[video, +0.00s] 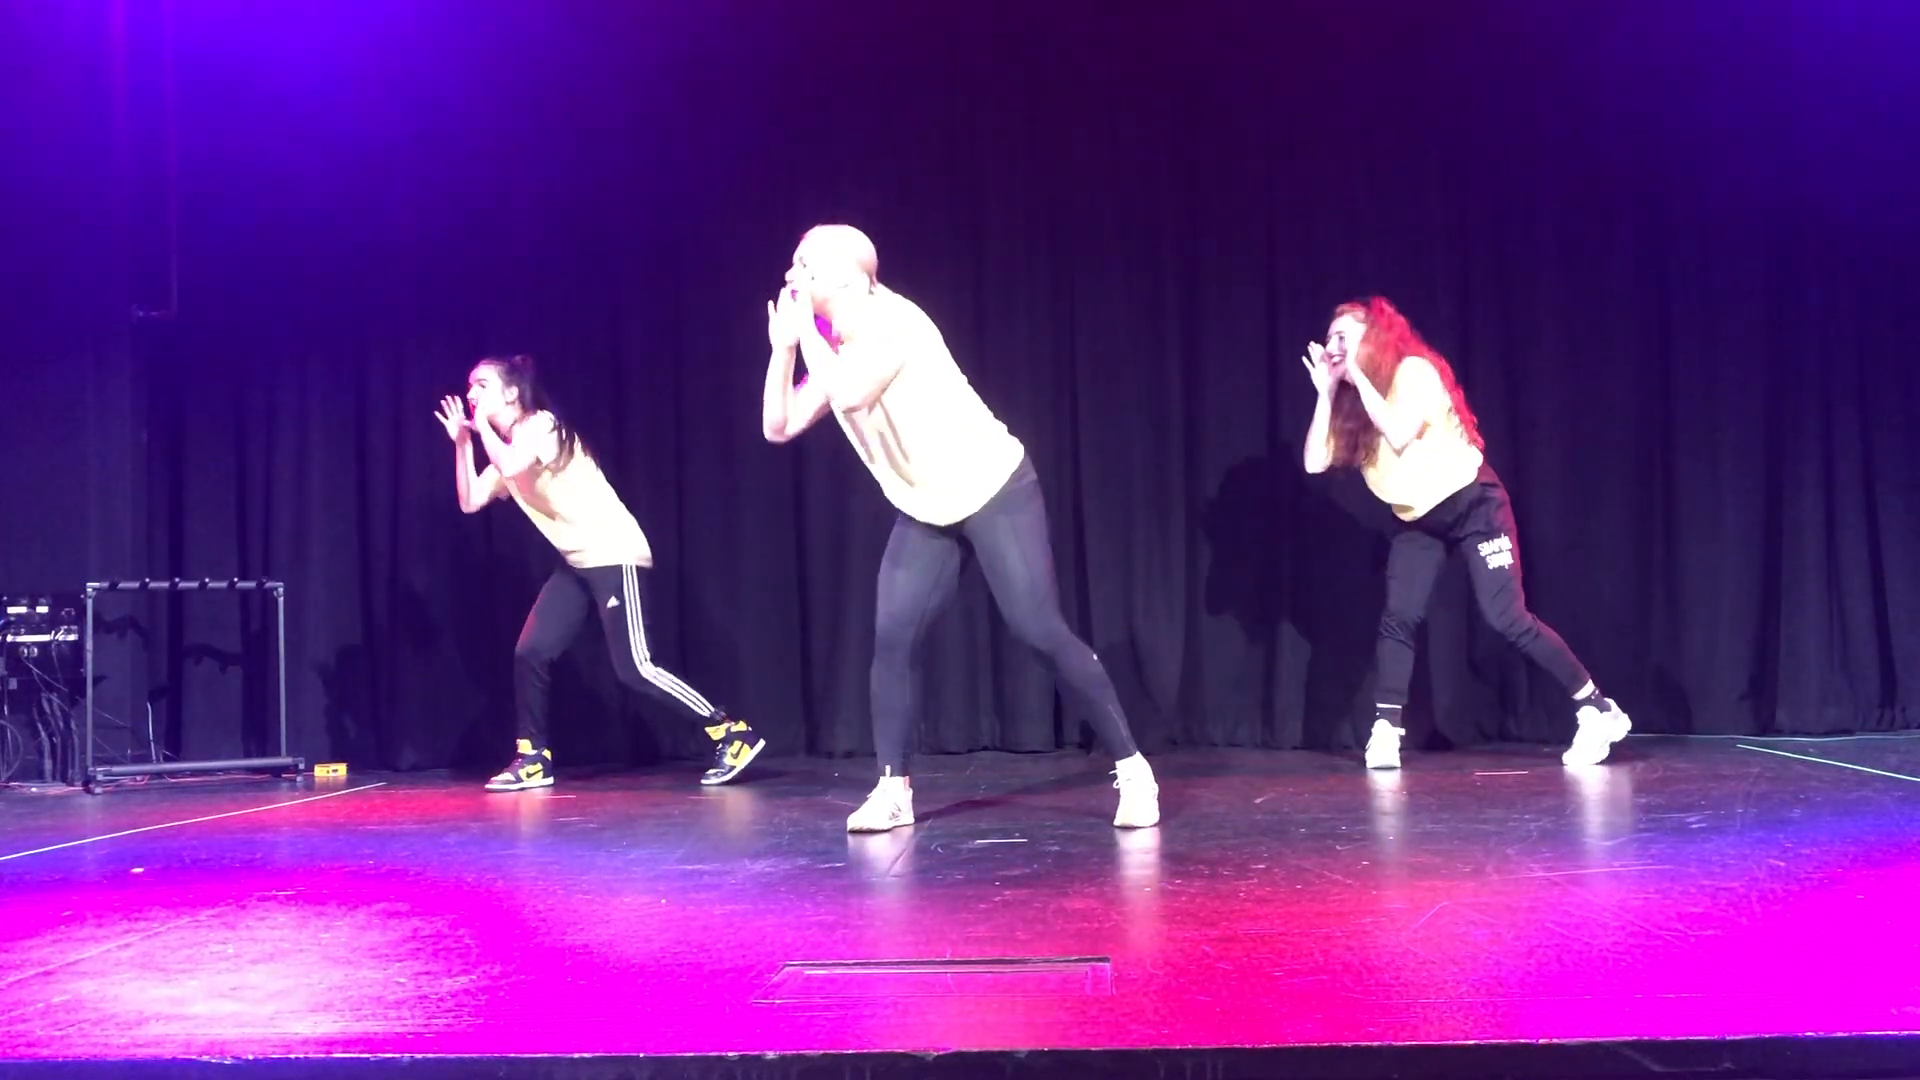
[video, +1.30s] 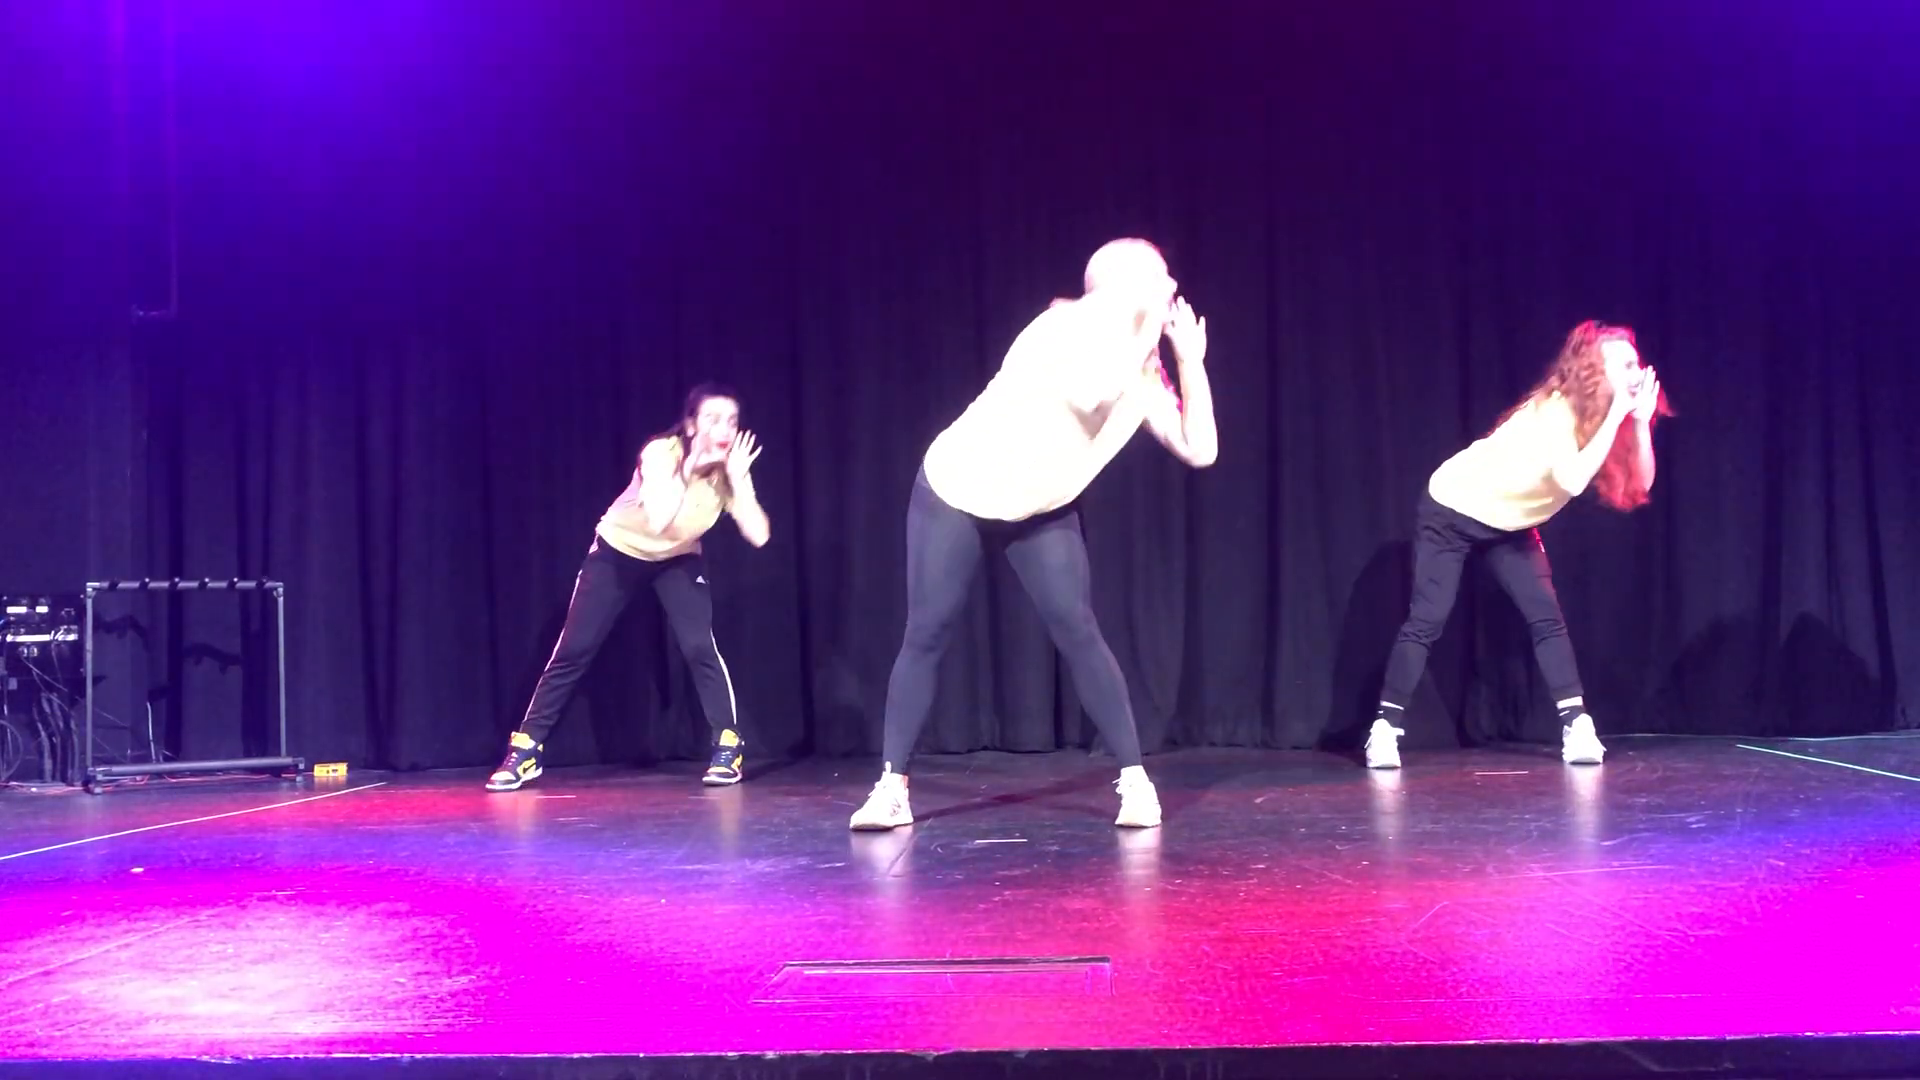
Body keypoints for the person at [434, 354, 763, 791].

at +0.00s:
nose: (471, 395)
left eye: (481, 385)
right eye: (471, 386)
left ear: (513, 394)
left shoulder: (543, 425)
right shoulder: (504, 447)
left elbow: (512, 465)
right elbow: (471, 501)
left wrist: (481, 424)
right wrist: (461, 445)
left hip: (615, 555)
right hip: (577, 562)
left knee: (635, 668)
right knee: (531, 651)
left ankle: (731, 734)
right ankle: (534, 760)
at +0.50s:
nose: (447, 440)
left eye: (455, 430)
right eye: (446, 431)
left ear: (487, 432)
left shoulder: (523, 457)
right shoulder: (482, 480)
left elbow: (504, 527)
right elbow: (473, 544)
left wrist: (463, 475)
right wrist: (452, 486)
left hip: (637, 551)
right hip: (589, 562)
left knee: (663, 652)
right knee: (552, 657)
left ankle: (720, 744)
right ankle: (527, 758)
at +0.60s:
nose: (459, 478)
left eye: (468, 468)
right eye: (458, 468)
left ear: (502, 471)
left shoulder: (541, 499)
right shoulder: (490, 509)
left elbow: (528, 574)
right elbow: (485, 574)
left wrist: (480, 521)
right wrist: (467, 524)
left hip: (649, 559)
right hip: (593, 569)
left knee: (667, 653)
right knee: (558, 655)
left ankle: (723, 742)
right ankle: (526, 758)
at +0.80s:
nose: (536, 510)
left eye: (547, 501)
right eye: (529, 500)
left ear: (573, 504)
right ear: (522, 502)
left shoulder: (602, 521)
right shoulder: (534, 528)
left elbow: (610, 601)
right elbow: (520, 596)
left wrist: (565, 552)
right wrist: (521, 548)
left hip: (657, 565)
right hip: (599, 573)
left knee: (680, 650)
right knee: (559, 656)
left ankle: (725, 746)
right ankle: (525, 756)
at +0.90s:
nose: (589, 504)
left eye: (599, 495)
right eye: (579, 495)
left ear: (618, 497)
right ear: (567, 496)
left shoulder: (642, 522)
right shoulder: (559, 521)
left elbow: (653, 597)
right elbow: (547, 593)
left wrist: (611, 550)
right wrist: (558, 542)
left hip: (656, 569)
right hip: (591, 574)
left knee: (680, 650)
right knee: (563, 651)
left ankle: (725, 746)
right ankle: (525, 754)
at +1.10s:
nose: (673, 475)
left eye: (682, 465)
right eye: (665, 464)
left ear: (694, 469)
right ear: (647, 464)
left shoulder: (701, 500)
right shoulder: (621, 490)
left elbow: (718, 575)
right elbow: (608, 564)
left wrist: (694, 514)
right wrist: (640, 512)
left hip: (668, 568)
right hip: (608, 563)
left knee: (688, 646)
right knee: (568, 650)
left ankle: (727, 747)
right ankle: (525, 755)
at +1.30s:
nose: (724, 429)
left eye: (731, 420)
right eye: (714, 419)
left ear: (738, 425)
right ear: (693, 423)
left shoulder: (732, 469)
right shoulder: (661, 453)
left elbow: (758, 535)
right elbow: (659, 519)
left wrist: (740, 476)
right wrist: (691, 468)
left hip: (678, 558)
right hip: (617, 551)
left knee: (699, 647)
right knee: (573, 651)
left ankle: (727, 747)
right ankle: (525, 751)